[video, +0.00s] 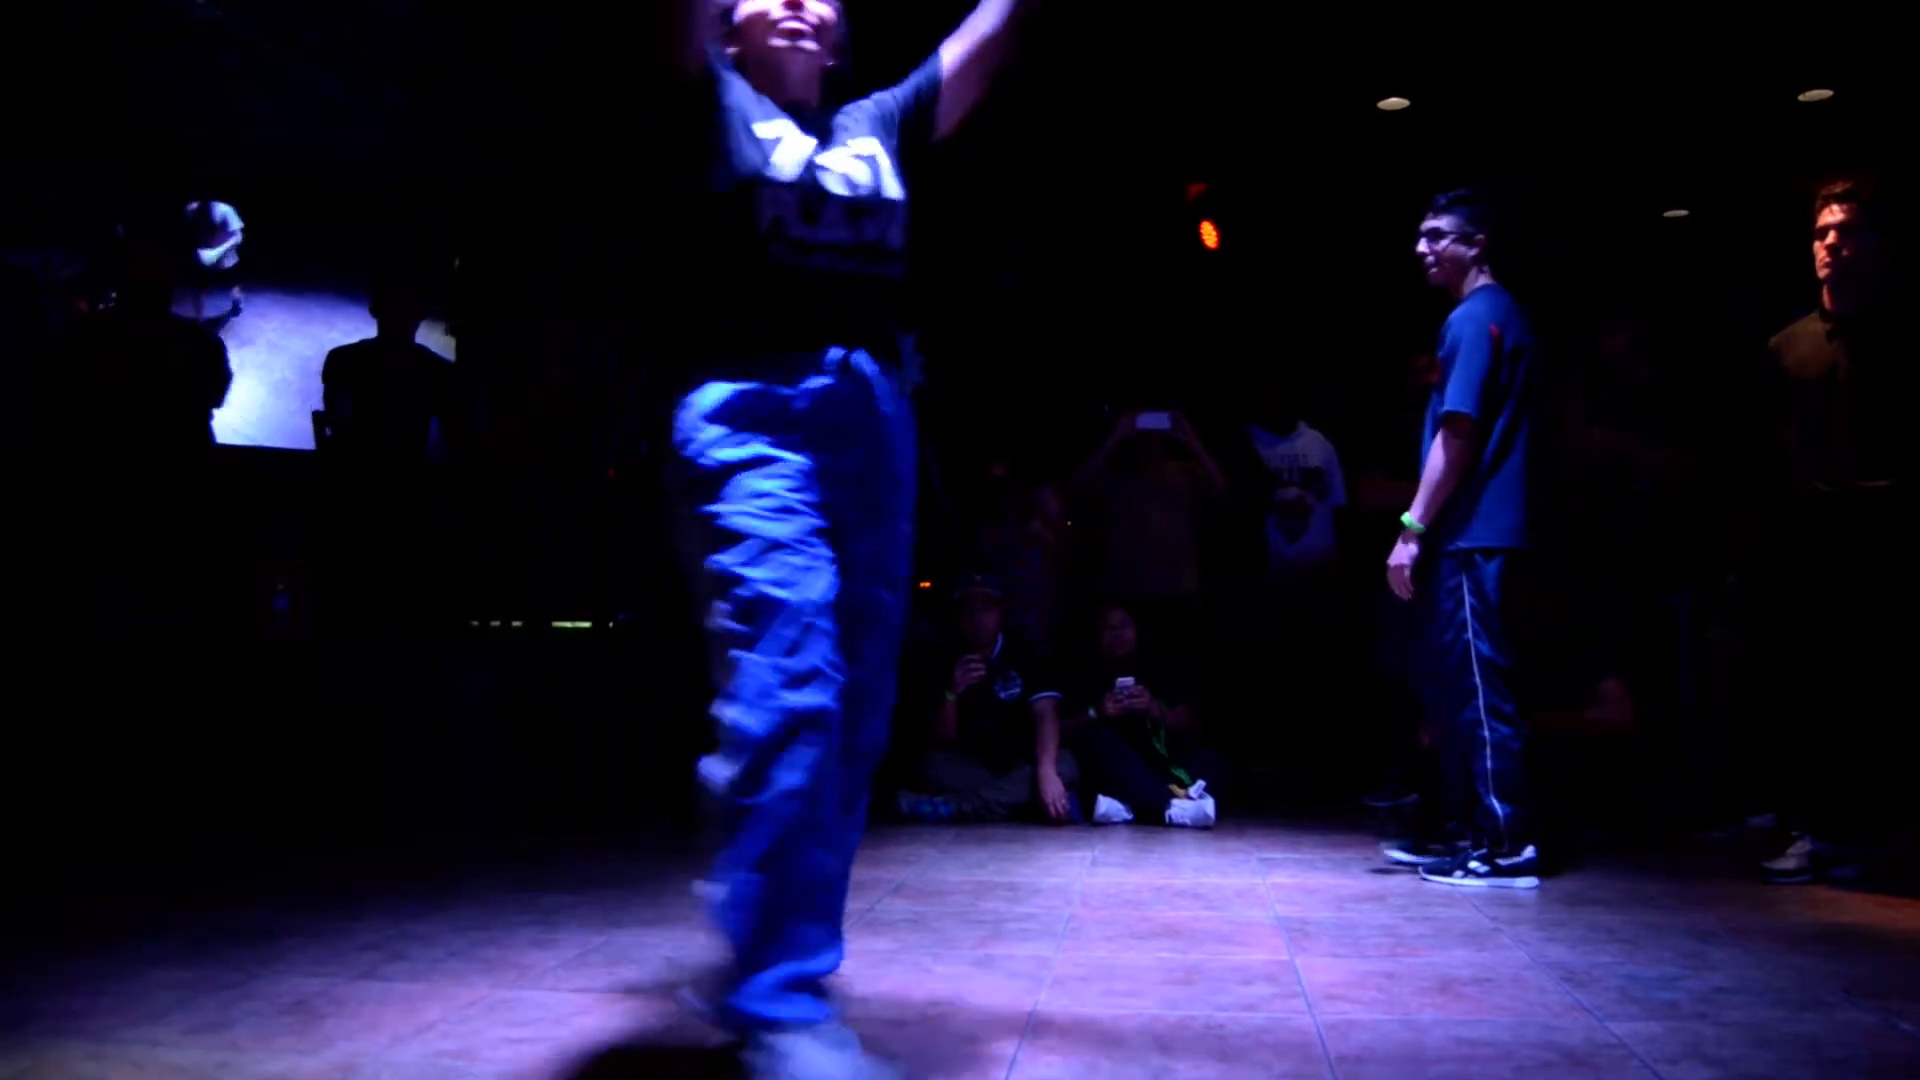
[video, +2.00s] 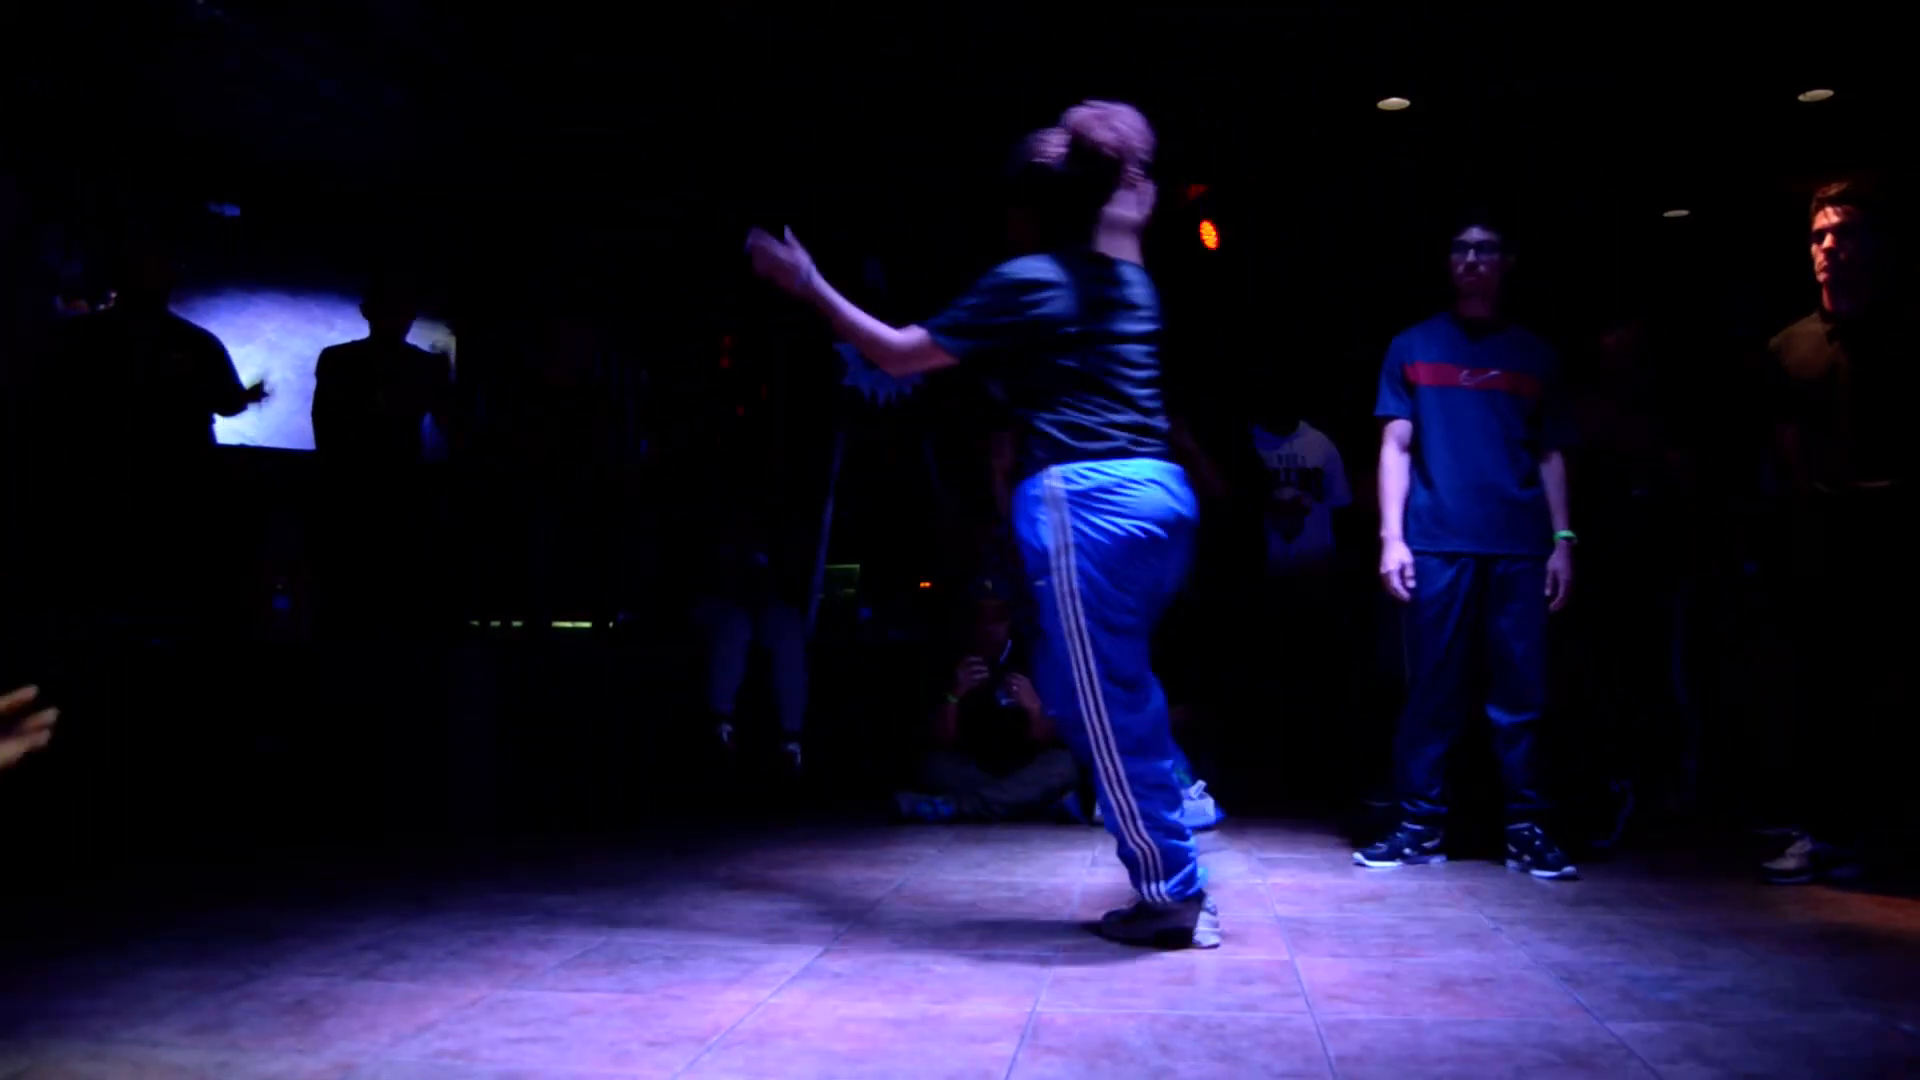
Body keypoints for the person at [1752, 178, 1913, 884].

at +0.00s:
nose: (1830, 247)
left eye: (1848, 233)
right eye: (1822, 234)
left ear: (1880, 250)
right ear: (1812, 249)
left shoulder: (1907, 342)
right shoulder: (1792, 347)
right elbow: (1768, 453)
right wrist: (1770, 527)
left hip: (1890, 540)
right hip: (1807, 538)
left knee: (1885, 682)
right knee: (1810, 679)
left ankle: (1885, 832)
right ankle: (1812, 826)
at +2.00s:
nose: (1828, 250)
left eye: (1844, 235)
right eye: (1819, 237)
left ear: (1876, 250)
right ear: (1809, 253)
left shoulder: (1904, 339)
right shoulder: (1792, 348)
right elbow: (1770, 452)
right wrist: (1772, 533)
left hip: (1893, 541)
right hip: (1812, 540)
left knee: (1893, 684)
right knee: (1816, 682)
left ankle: (1898, 834)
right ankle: (1818, 829)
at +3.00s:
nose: (1828, 251)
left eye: (1844, 237)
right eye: (1820, 239)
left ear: (1875, 251)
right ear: (1812, 255)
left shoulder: (1908, 337)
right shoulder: (1793, 348)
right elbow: (1771, 450)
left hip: (1896, 537)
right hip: (1813, 536)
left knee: (1898, 681)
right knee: (1817, 681)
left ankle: (1900, 832)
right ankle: (1820, 828)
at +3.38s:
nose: (1829, 251)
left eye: (1845, 237)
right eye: (1820, 239)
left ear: (1878, 251)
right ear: (1812, 255)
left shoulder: (1910, 340)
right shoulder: (1793, 349)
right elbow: (1766, 453)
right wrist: (1768, 529)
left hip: (1898, 538)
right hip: (1813, 538)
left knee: (1896, 683)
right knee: (1816, 683)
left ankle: (1902, 834)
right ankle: (1817, 829)